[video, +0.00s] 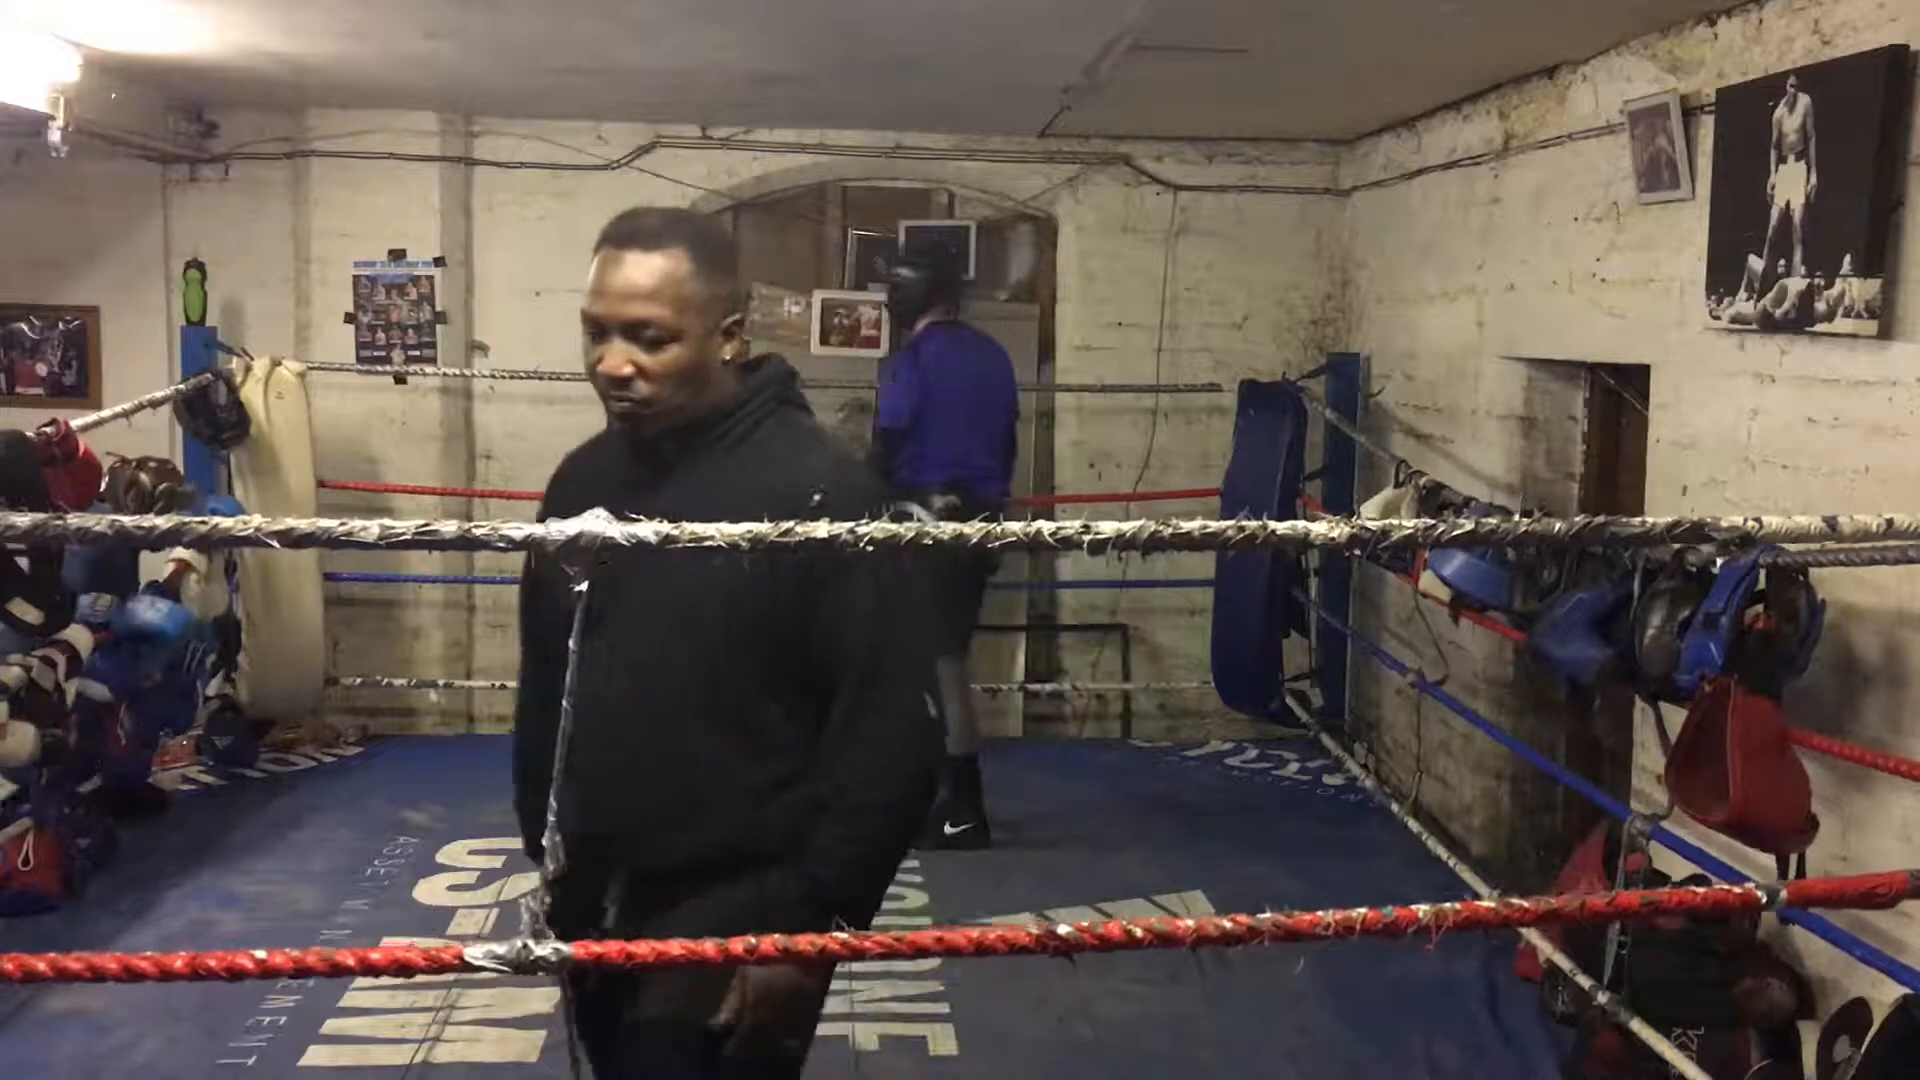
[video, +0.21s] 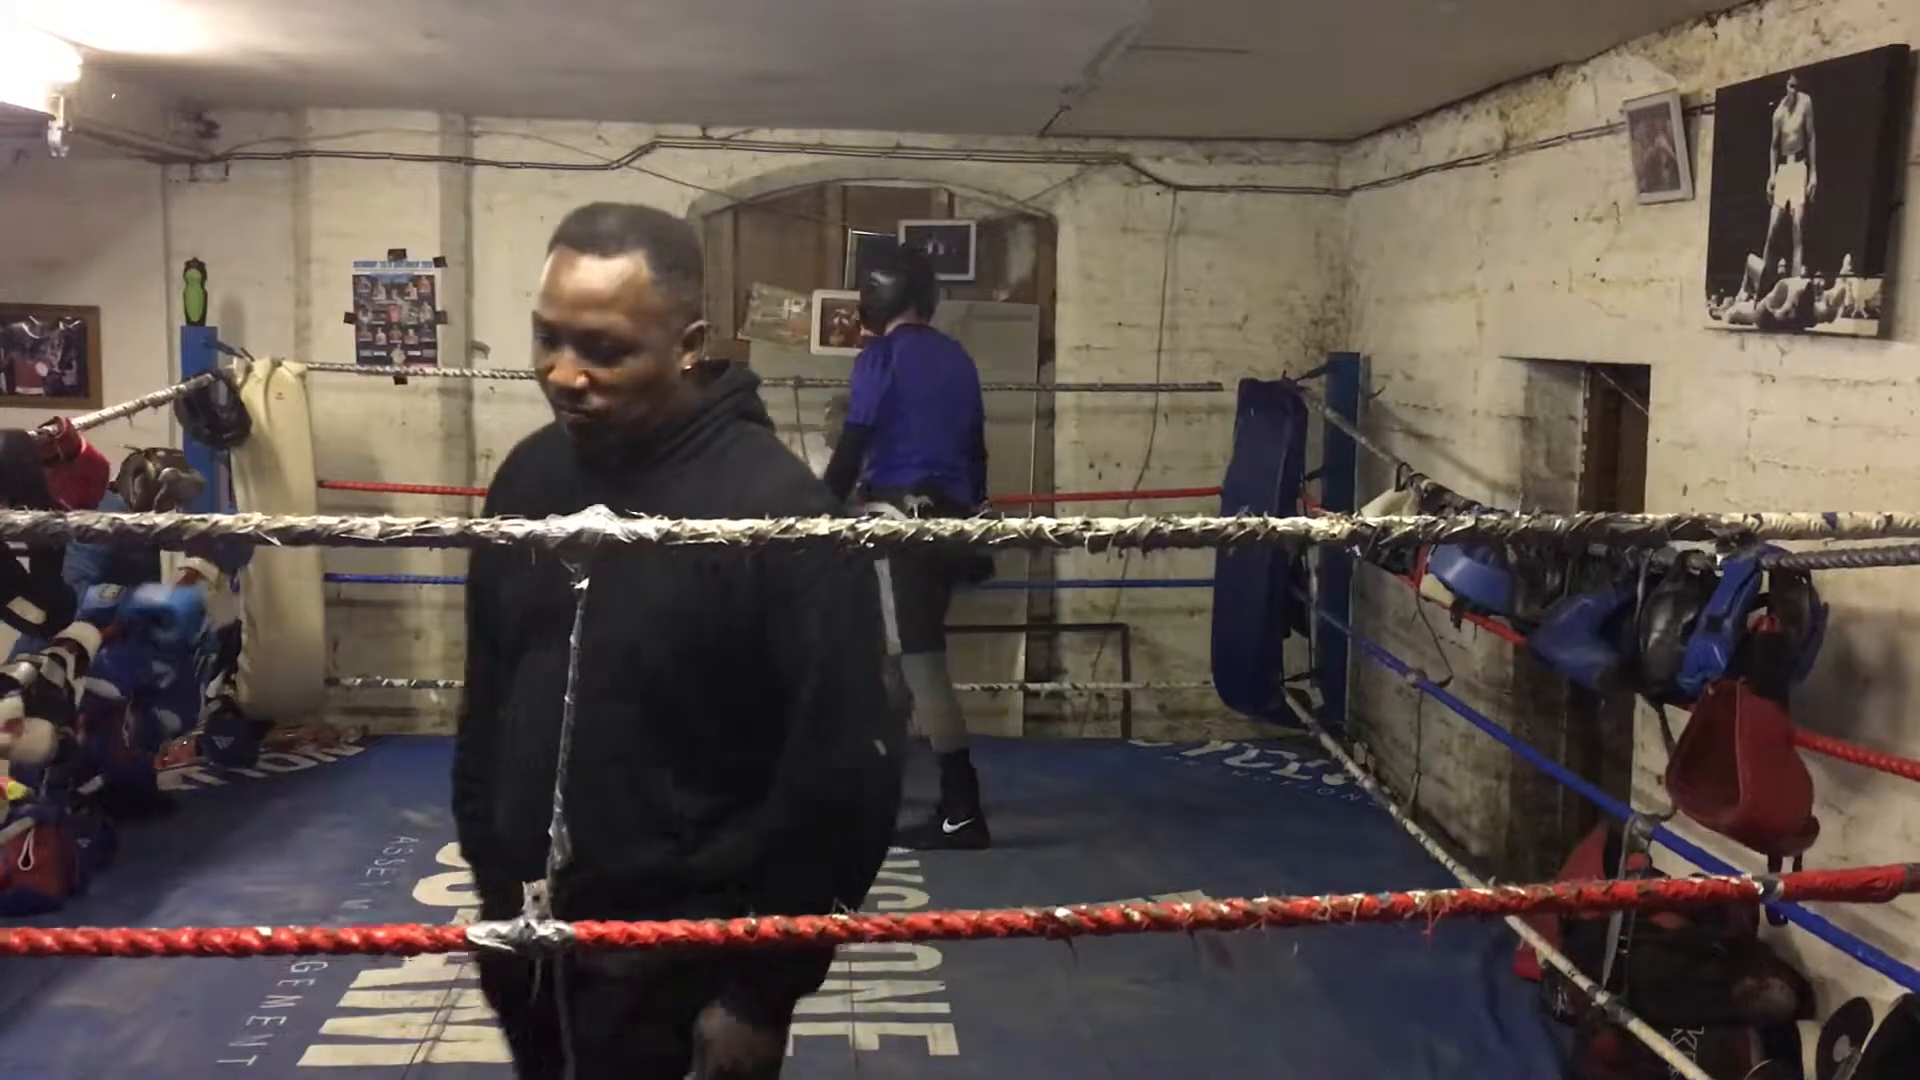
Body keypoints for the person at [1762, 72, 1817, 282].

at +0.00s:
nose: (1791, 90)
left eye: (1795, 87)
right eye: (1789, 86)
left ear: (1800, 89)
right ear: (1785, 87)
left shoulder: (1805, 103)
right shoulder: (1778, 112)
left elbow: (1811, 137)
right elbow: (1774, 145)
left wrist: (1813, 174)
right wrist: (1772, 174)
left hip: (1800, 160)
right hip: (1782, 162)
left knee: (1797, 219)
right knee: (1774, 222)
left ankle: (1798, 267)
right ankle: (1765, 269)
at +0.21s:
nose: (1792, 91)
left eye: (1795, 87)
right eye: (1790, 86)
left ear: (1799, 88)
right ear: (1785, 87)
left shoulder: (1805, 102)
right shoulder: (1778, 113)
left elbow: (1811, 137)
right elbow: (1774, 145)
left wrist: (1813, 173)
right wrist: (1772, 174)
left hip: (1800, 162)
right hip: (1782, 163)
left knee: (1797, 219)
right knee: (1774, 221)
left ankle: (1796, 270)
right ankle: (1764, 272)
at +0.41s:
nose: (1791, 90)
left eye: (1795, 87)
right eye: (1790, 86)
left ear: (1800, 88)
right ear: (1786, 87)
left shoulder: (1805, 102)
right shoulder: (1779, 112)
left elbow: (1812, 136)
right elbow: (1774, 145)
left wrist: (1813, 173)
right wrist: (1772, 174)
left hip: (1800, 160)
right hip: (1782, 162)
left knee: (1797, 219)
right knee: (1774, 221)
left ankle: (1797, 269)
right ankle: (1765, 270)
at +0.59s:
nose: (1791, 90)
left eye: (1795, 87)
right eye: (1789, 86)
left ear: (1799, 88)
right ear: (1785, 87)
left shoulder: (1805, 102)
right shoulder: (1778, 112)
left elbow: (1811, 136)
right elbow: (1773, 145)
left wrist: (1813, 172)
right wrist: (1772, 174)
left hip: (1799, 160)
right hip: (1782, 162)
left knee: (1797, 218)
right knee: (1774, 220)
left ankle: (1797, 267)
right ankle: (1764, 269)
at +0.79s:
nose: (1790, 90)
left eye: (1793, 86)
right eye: (1788, 86)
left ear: (1797, 87)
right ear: (1784, 87)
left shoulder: (1803, 101)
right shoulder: (1777, 112)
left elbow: (1810, 135)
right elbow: (1772, 145)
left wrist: (1812, 173)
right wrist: (1770, 174)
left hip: (1798, 160)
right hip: (1781, 162)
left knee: (1795, 219)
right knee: (1772, 220)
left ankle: (1795, 269)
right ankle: (1763, 270)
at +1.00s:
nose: (1789, 90)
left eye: (1793, 86)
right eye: (1788, 86)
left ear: (1797, 87)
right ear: (1784, 86)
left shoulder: (1803, 101)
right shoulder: (1776, 111)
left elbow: (1809, 135)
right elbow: (1771, 144)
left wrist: (1811, 171)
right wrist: (1770, 173)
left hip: (1798, 159)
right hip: (1780, 161)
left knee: (1795, 216)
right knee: (1772, 215)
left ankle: (1795, 263)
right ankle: (1763, 262)